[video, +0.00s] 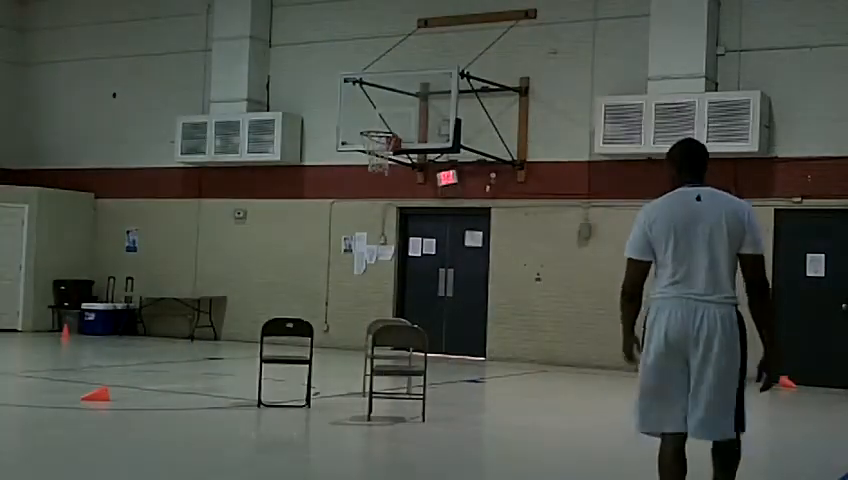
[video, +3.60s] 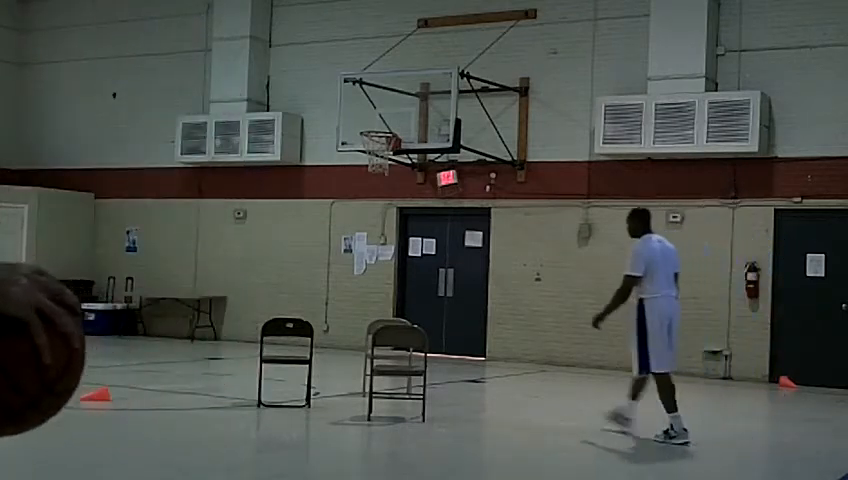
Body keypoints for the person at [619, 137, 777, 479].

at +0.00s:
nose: (666, 171)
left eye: (667, 166)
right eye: (668, 166)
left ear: (672, 168)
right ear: (706, 168)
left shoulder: (654, 211)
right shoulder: (738, 210)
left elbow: (631, 285)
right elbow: (757, 286)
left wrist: (628, 332)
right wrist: (770, 349)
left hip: (666, 323)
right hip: (720, 325)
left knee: (671, 432)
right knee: (725, 431)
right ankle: (723, 479)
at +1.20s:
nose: (706, 202)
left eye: (707, 198)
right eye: (708, 197)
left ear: (711, 199)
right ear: (738, 198)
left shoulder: (698, 233)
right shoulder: (764, 231)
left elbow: (681, 285)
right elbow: (777, 285)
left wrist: (675, 324)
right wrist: (780, 332)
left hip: (708, 317)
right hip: (749, 317)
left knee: (712, 402)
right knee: (754, 399)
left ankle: (718, 473)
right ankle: (751, 467)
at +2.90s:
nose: (706, 222)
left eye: (707, 218)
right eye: (707, 218)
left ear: (713, 219)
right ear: (730, 219)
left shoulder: (709, 242)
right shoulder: (752, 246)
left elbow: (701, 286)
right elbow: (758, 290)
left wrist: (693, 329)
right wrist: (755, 322)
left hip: (717, 309)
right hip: (747, 311)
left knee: (693, 370)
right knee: (748, 377)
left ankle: (702, 430)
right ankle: (754, 441)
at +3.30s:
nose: (658, 227)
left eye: (660, 222)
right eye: (658, 222)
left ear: (669, 223)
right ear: (681, 222)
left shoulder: (672, 247)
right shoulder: (704, 246)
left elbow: (665, 291)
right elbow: (709, 287)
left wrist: (656, 331)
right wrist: (703, 312)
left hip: (679, 313)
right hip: (703, 312)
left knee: (675, 372)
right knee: (701, 370)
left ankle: (678, 429)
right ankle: (729, 411)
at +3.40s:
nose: (649, 225)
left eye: (651, 221)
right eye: (649, 221)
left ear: (660, 221)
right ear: (671, 220)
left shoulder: (662, 245)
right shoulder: (692, 244)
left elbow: (654, 288)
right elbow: (698, 282)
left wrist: (635, 326)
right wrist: (693, 308)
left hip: (671, 307)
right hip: (693, 305)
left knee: (670, 369)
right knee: (682, 367)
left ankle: (678, 429)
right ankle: (704, 411)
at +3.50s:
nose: (639, 226)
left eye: (641, 221)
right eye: (639, 221)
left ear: (649, 222)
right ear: (661, 220)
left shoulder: (653, 245)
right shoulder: (680, 244)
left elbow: (641, 286)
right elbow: (687, 278)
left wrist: (618, 318)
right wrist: (683, 304)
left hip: (661, 305)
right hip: (681, 304)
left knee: (662, 368)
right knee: (665, 366)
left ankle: (677, 428)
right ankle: (670, 419)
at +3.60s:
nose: (628, 228)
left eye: (630, 223)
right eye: (628, 223)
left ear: (638, 224)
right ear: (648, 223)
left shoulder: (641, 248)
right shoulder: (668, 246)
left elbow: (626, 288)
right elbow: (675, 281)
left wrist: (603, 314)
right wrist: (671, 305)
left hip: (650, 305)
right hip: (669, 304)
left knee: (658, 367)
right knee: (646, 364)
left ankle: (677, 427)